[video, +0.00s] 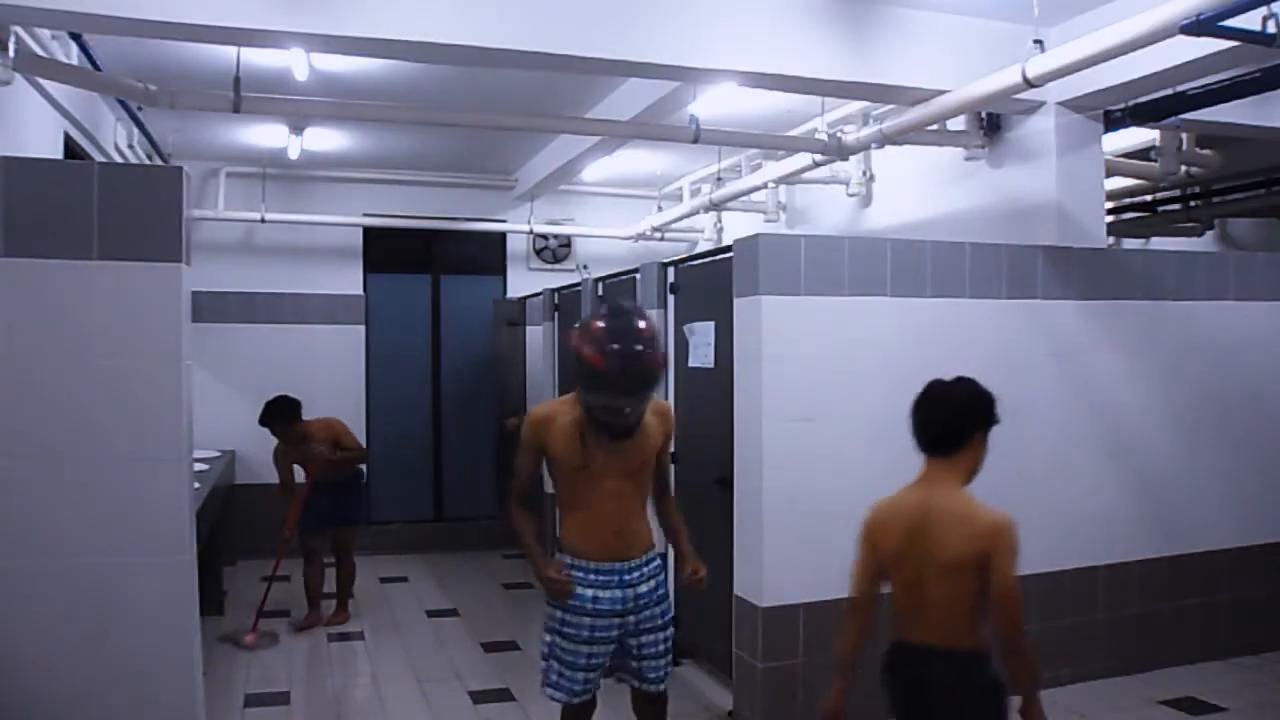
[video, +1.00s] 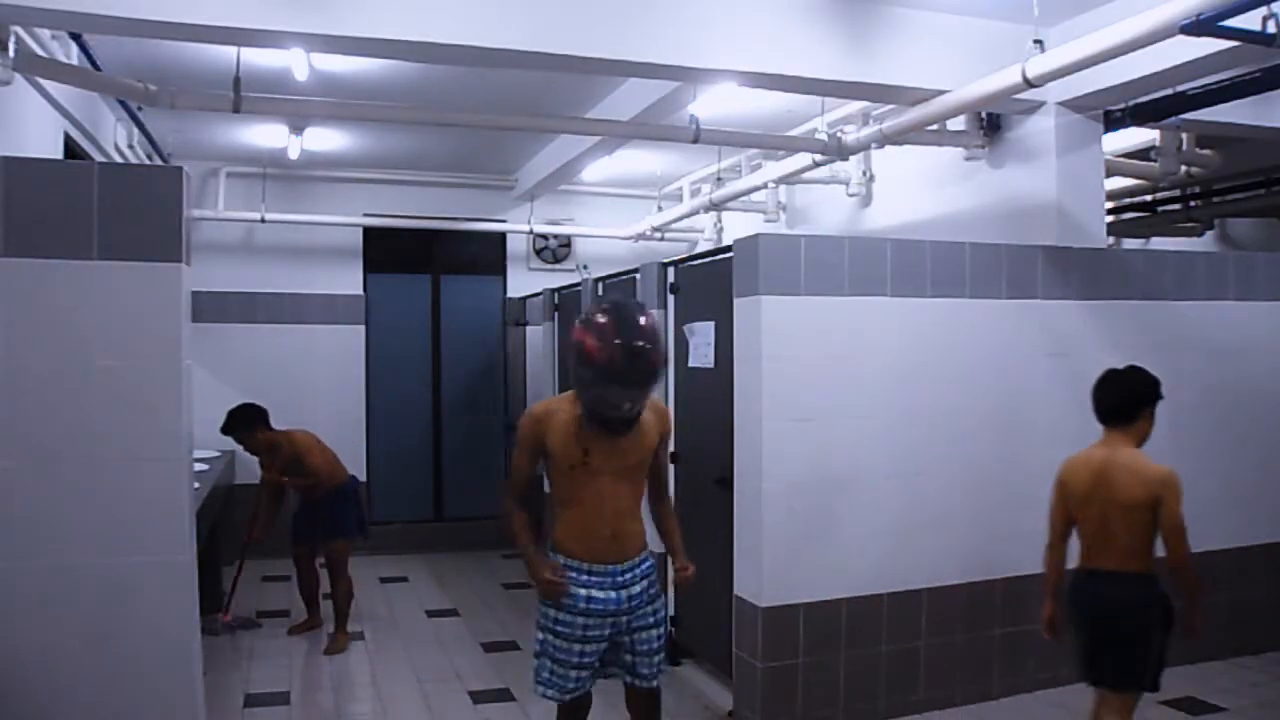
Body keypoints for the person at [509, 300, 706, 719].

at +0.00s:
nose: (623, 414)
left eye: (633, 402)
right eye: (610, 404)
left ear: (648, 385)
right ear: (582, 383)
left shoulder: (661, 418)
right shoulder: (544, 422)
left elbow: (663, 494)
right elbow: (521, 503)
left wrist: (687, 553)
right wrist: (541, 563)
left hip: (648, 579)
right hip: (582, 583)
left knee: (653, 700)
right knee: (579, 705)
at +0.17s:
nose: (639, 419)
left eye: (647, 408)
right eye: (630, 406)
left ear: (654, 391)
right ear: (597, 376)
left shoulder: (645, 420)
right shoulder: (547, 424)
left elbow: (633, 509)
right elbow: (512, 498)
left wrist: (664, 551)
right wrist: (540, 567)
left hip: (655, 578)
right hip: (593, 584)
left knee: (650, 704)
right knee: (586, 707)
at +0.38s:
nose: (647, 413)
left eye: (653, 402)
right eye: (637, 401)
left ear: (659, 388)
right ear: (604, 381)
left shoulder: (652, 422)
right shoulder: (550, 421)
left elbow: (637, 507)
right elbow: (508, 495)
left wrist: (667, 549)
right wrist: (536, 565)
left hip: (655, 578)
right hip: (591, 583)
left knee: (655, 701)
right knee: (586, 707)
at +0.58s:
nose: (611, 412)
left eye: (623, 401)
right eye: (600, 401)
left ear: (643, 380)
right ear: (580, 380)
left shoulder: (666, 418)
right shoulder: (548, 419)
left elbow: (674, 490)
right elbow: (535, 490)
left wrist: (690, 548)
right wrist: (537, 557)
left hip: (642, 576)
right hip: (575, 577)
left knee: (646, 700)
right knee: (578, 701)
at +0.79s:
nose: (592, 413)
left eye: (605, 403)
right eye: (580, 402)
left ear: (631, 380)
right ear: (563, 383)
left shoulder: (661, 420)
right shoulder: (548, 421)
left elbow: (667, 493)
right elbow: (550, 488)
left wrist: (671, 558)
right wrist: (537, 546)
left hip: (637, 582)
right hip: (566, 583)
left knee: (642, 708)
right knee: (576, 705)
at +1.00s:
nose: (622, 410)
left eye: (632, 398)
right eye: (610, 400)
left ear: (647, 383)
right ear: (583, 379)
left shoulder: (656, 418)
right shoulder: (543, 421)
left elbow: (660, 496)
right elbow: (518, 502)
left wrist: (678, 553)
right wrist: (535, 562)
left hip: (640, 579)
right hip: (574, 582)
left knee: (646, 698)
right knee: (574, 705)